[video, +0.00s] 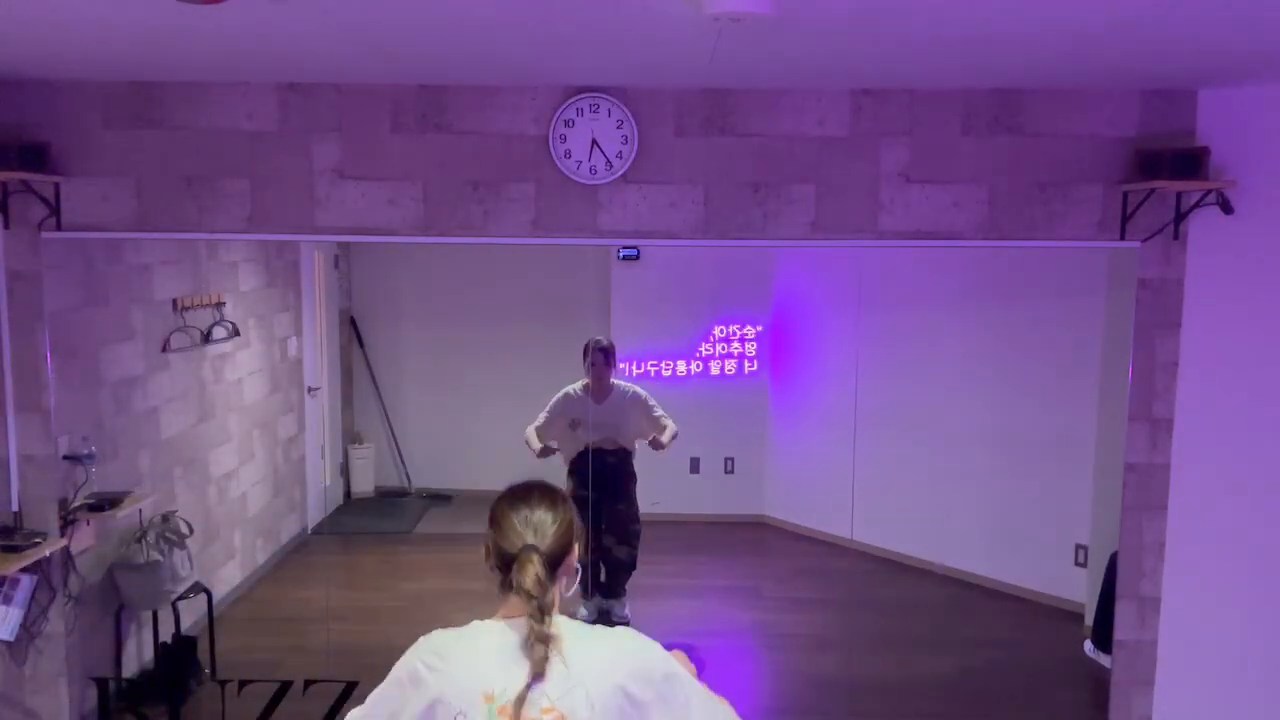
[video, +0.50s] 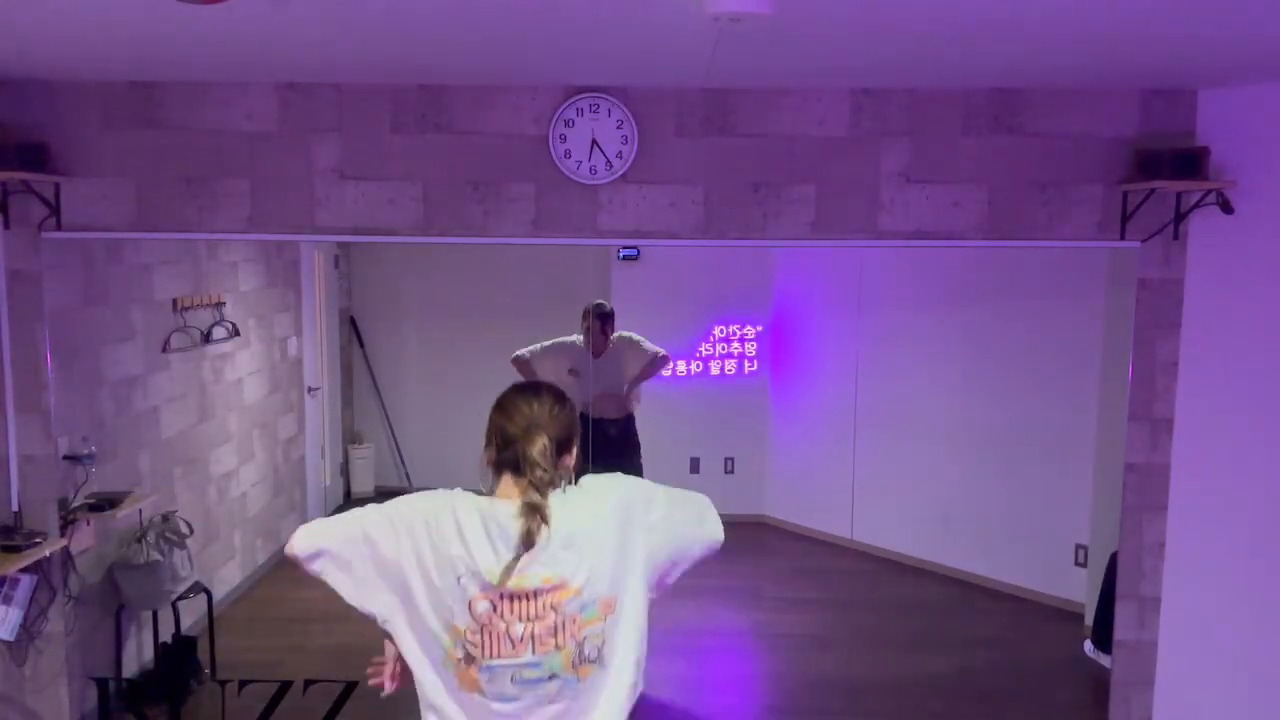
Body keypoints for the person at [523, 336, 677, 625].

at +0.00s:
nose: (598, 370)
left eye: (603, 364)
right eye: (592, 364)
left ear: (613, 365)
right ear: (585, 366)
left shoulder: (632, 396)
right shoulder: (569, 397)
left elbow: (668, 426)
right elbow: (533, 431)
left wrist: (663, 438)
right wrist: (539, 446)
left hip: (619, 468)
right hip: (584, 468)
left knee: (623, 532)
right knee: (587, 532)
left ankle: (616, 599)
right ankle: (589, 599)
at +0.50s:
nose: (596, 337)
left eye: (601, 331)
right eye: (592, 331)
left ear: (611, 328)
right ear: (583, 327)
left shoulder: (626, 343)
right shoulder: (569, 347)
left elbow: (661, 358)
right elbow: (520, 359)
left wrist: (631, 388)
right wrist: (545, 394)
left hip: (622, 428)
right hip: (585, 429)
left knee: (629, 492)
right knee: (585, 492)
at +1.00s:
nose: (572, 333)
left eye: (578, 328)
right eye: (570, 328)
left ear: (593, 329)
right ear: (567, 327)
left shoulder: (598, 365)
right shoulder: (568, 352)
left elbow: (587, 418)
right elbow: (554, 398)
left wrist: (576, 464)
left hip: (584, 447)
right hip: (555, 442)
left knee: (595, 526)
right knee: (537, 517)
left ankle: (614, 597)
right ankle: (519, 592)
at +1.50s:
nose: (536, 408)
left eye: (541, 404)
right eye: (536, 403)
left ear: (559, 407)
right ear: (535, 402)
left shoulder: (575, 437)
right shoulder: (532, 418)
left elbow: (559, 478)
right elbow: (517, 436)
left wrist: (506, 478)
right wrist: (484, 444)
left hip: (567, 510)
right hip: (531, 502)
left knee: (592, 567)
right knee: (462, 530)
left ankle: (613, 600)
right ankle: (475, 592)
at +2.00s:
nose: (506, 334)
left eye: (513, 330)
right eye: (504, 328)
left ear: (527, 332)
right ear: (499, 326)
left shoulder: (539, 348)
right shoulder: (482, 343)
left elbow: (578, 369)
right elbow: (437, 355)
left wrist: (549, 399)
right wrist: (452, 394)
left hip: (524, 438)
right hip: (488, 436)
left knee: (541, 517)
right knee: (467, 516)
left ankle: (566, 592)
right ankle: (468, 588)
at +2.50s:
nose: (488, 356)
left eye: (494, 350)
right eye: (482, 350)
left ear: (505, 353)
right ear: (475, 353)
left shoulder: (525, 386)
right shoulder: (460, 387)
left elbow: (554, 424)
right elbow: (436, 423)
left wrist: (549, 444)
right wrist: (430, 442)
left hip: (508, 462)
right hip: (473, 461)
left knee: (502, 532)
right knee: (457, 536)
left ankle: (498, 594)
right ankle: (474, 593)